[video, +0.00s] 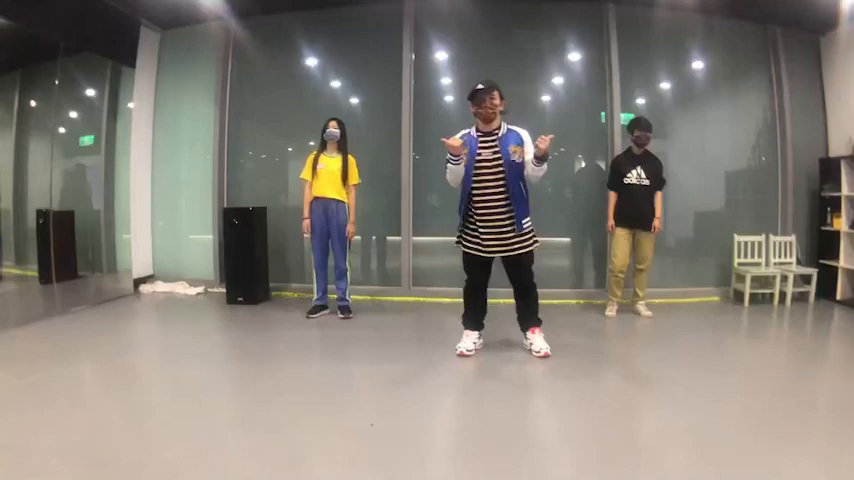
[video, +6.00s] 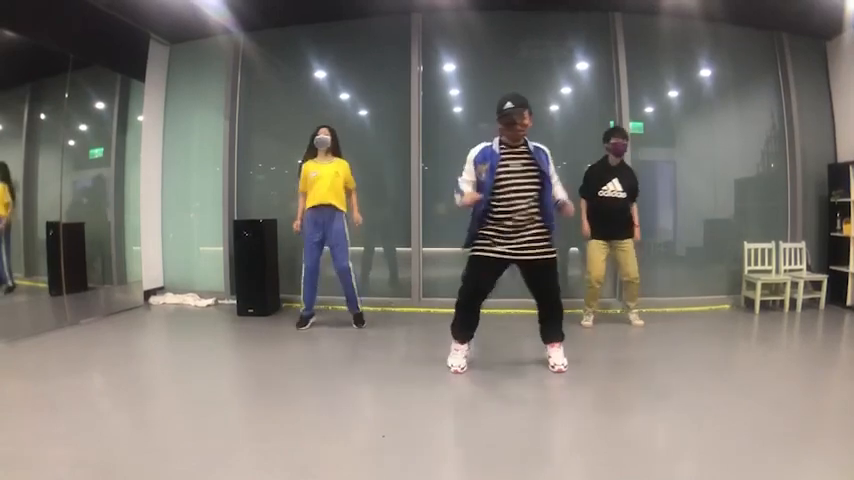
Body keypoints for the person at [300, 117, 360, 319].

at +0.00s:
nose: (332, 131)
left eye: (336, 128)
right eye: (329, 128)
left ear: (342, 134)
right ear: (323, 133)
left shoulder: (348, 160)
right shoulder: (314, 158)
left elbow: (352, 192)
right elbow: (308, 188)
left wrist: (352, 221)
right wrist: (306, 216)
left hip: (339, 204)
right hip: (318, 203)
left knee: (340, 258)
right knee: (319, 257)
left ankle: (343, 301)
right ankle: (320, 301)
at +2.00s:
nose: (330, 136)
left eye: (334, 133)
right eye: (326, 133)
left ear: (340, 137)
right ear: (321, 138)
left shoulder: (347, 162)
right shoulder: (314, 163)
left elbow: (352, 193)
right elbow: (309, 193)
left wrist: (351, 223)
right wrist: (307, 221)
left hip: (339, 207)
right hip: (318, 207)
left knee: (342, 260)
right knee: (320, 260)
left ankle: (345, 305)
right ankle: (322, 304)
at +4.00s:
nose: (345, 149)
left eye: (349, 146)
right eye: (341, 146)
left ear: (354, 154)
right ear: (335, 152)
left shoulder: (356, 180)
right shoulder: (324, 173)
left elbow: (363, 207)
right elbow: (300, 191)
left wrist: (350, 209)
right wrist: (309, 214)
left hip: (341, 224)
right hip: (322, 223)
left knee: (348, 271)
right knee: (328, 273)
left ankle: (348, 313)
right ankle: (299, 311)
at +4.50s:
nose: (318, 147)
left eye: (323, 144)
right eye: (315, 144)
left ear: (330, 152)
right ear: (311, 151)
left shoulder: (334, 171)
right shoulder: (309, 177)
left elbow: (350, 195)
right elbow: (300, 202)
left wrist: (326, 213)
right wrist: (301, 217)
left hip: (334, 224)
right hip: (315, 225)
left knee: (335, 273)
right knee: (305, 269)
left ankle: (365, 309)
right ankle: (309, 314)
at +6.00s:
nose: (322, 136)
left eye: (326, 134)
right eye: (319, 134)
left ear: (333, 141)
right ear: (314, 141)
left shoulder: (342, 164)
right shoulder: (307, 166)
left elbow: (351, 189)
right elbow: (302, 194)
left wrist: (355, 211)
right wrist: (299, 218)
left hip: (336, 213)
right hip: (312, 212)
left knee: (342, 264)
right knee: (310, 265)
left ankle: (355, 310)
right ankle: (307, 311)